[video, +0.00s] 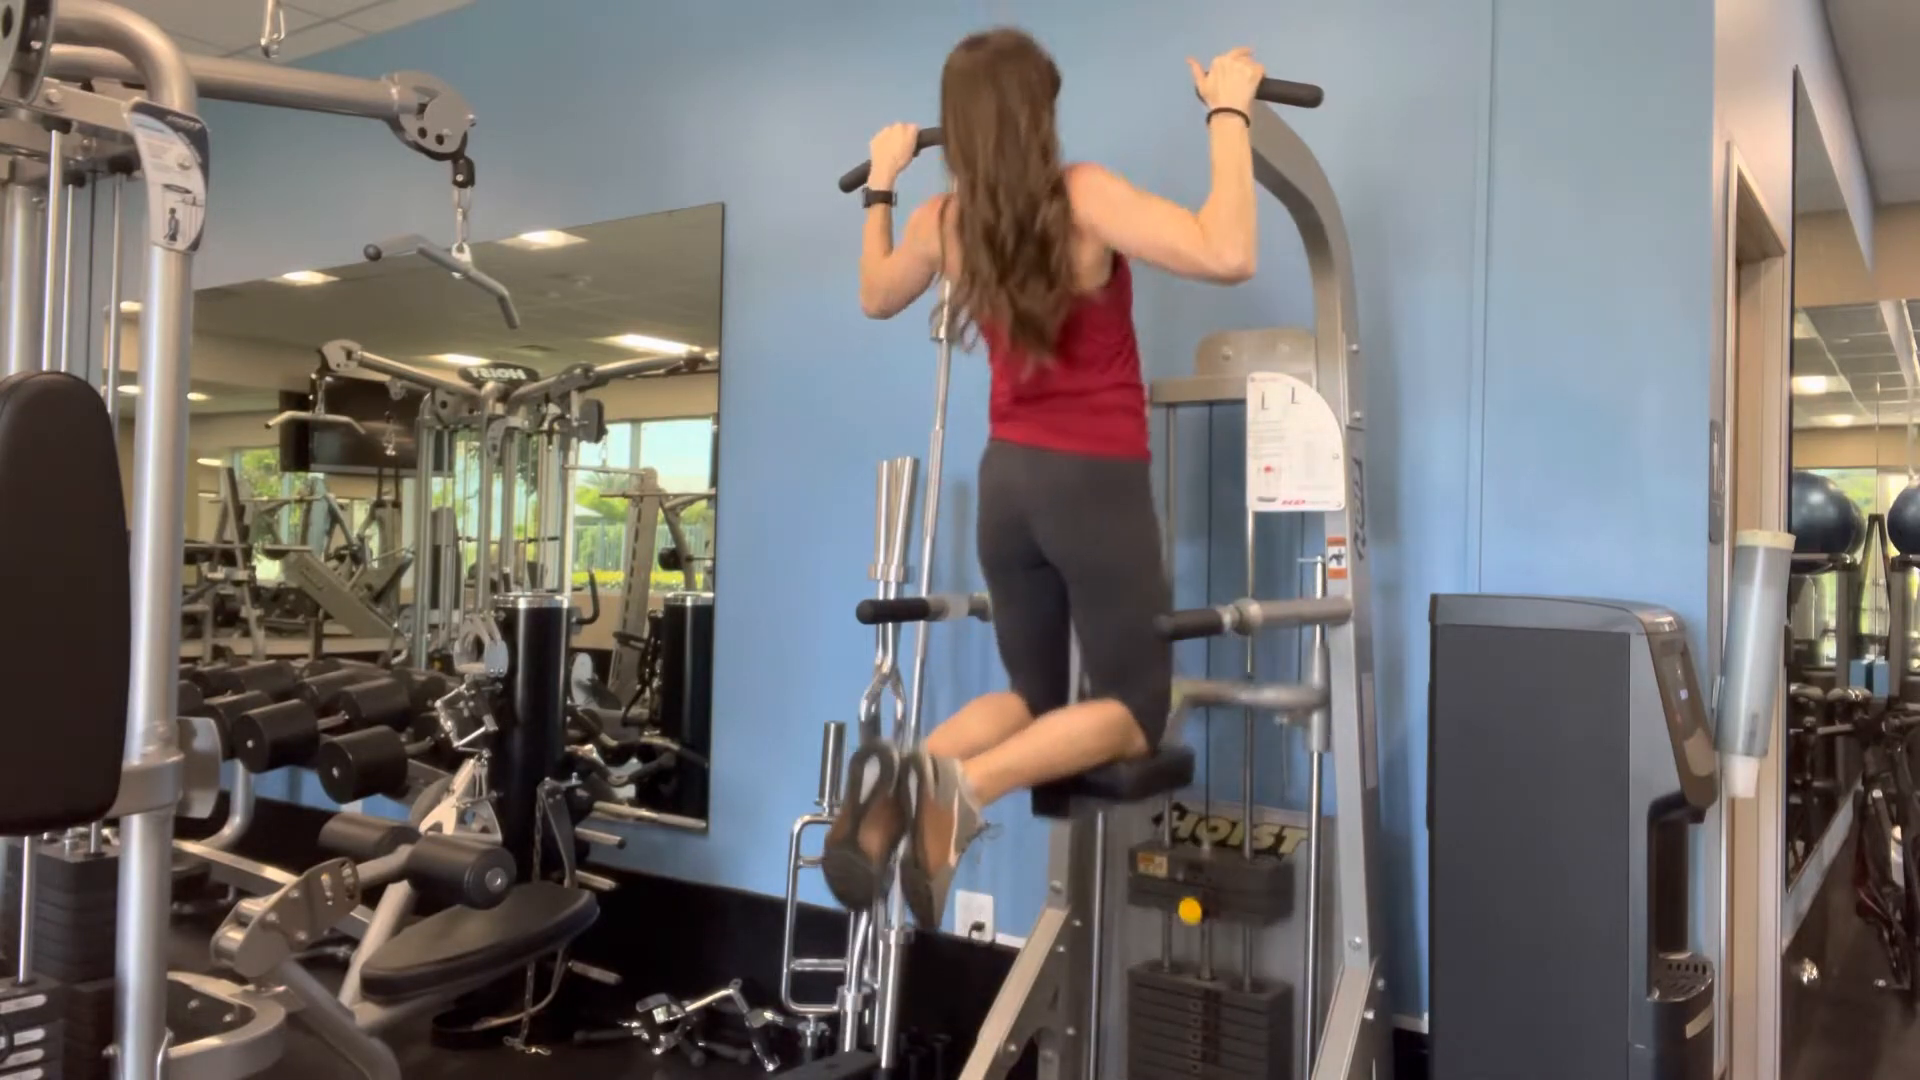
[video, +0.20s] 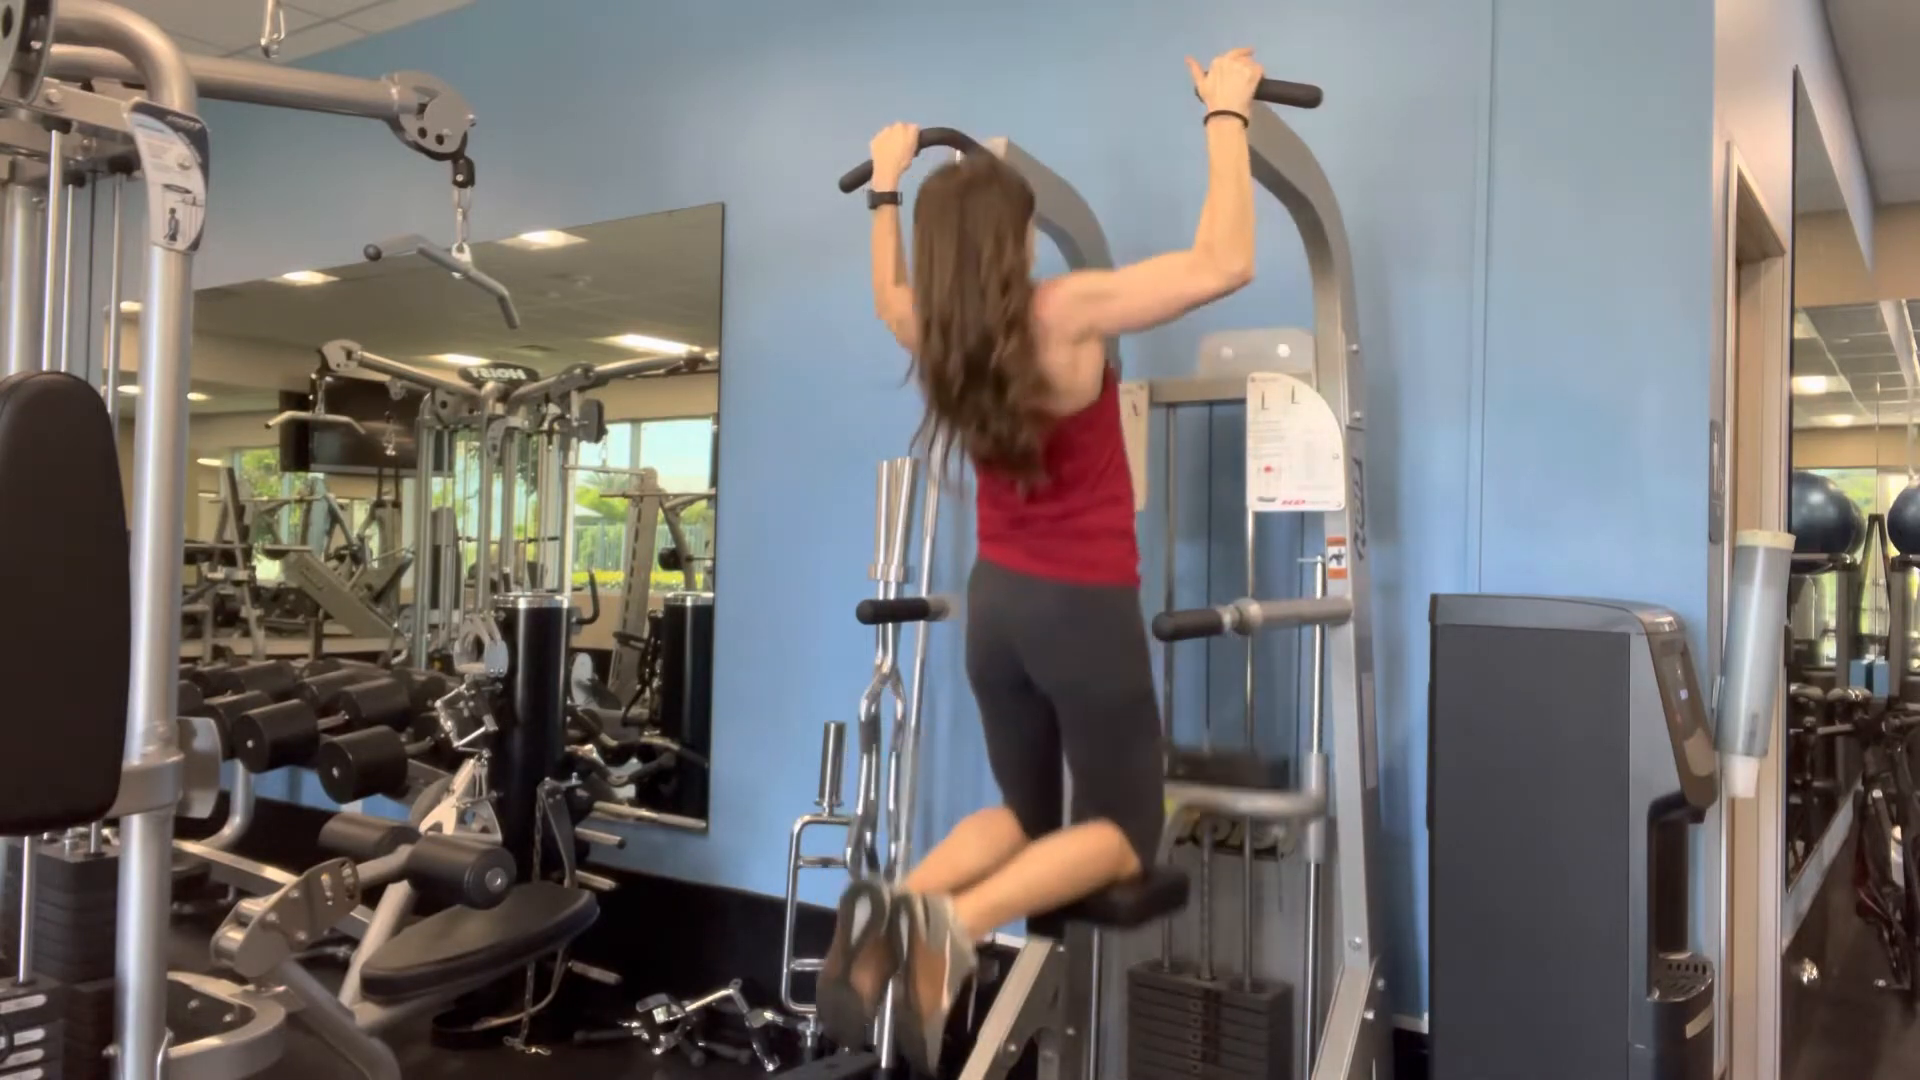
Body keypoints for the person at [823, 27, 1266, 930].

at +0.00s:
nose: (1057, 112)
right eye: (1053, 99)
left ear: (956, 122)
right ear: (1042, 111)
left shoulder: (946, 217)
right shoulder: (1084, 193)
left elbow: (879, 295)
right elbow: (1227, 252)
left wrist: (878, 187)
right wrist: (1229, 114)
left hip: (1006, 480)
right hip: (1093, 482)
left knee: (1034, 697)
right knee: (1133, 711)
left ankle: (899, 787)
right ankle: (966, 787)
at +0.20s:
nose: (1033, 229)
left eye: (996, 221)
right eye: (1025, 217)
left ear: (945, 240)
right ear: (1022, 231)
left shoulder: (937, 327)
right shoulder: (1067, 307)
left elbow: (887, 287)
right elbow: (1223, 262)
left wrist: (885, 184)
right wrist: (1227, 116)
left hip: (995, 603)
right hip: (1084, 610)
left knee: (1026, 812)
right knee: (1123, 837)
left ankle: (898, 909)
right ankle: (955, 927)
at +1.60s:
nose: (1066, 84)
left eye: (1059, 70)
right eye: (1062, 70)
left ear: (966, 84)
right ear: (1050, 79)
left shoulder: (948, 185)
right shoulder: (1088, 163)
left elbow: (882, 293)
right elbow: (1213, 255)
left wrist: (882, 181)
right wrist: (1231, 115)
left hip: (1007, 453)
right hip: (1094, 457)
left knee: (1029, 680)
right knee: (1134, 690)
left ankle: (908, 791)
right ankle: (968, 795)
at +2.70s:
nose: (1057, 120)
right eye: (1053, 106)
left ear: (955, 126)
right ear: (1044, 117)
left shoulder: (943, 222)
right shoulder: (1083, 200)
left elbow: (884, 297)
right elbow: (1228, 255)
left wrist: (880, 188)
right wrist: (1233, 114)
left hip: (1005, 490)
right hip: (1088, 493)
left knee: (1041, 697)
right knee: (1144, 713)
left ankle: (912, 782)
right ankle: (973, 789)